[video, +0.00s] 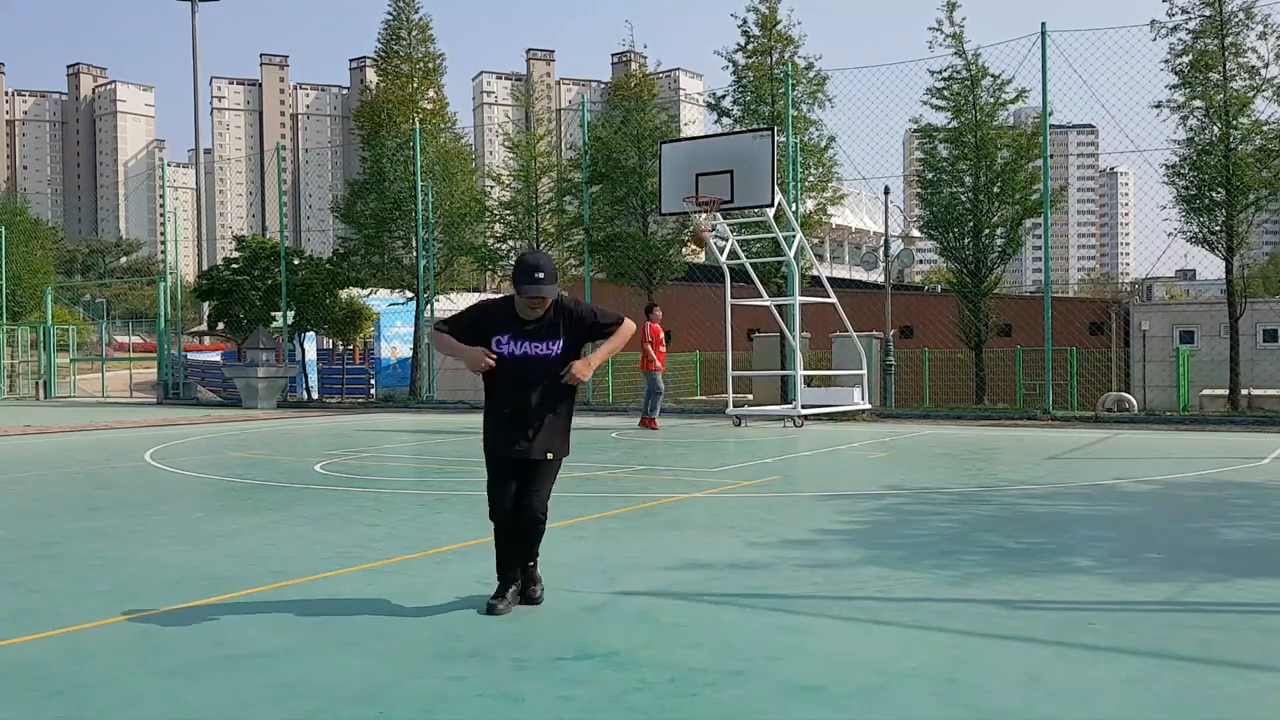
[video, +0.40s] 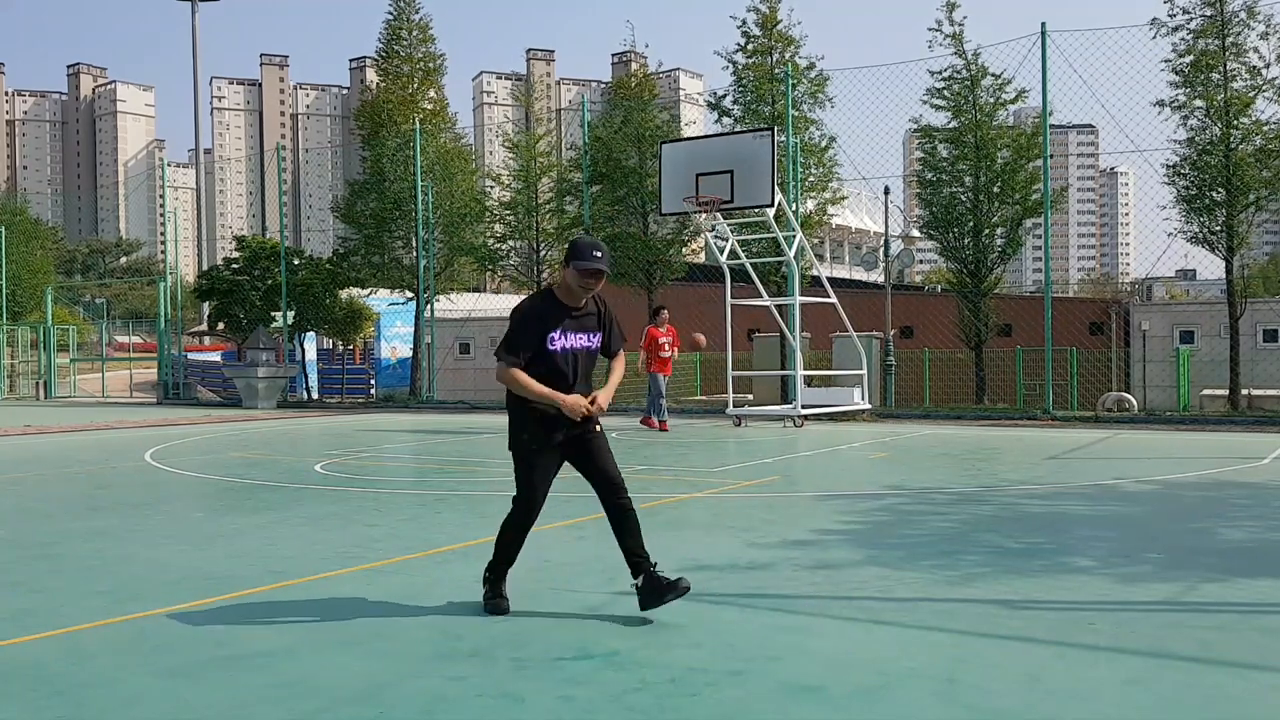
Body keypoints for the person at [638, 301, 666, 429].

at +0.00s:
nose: (660, 313)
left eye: (660, 311)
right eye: (656, 311)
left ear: (660, 313)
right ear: (650, 314)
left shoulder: (657, 327)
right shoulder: (648, 326)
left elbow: (657, 345)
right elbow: (646, 344)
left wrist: (661, 362)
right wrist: (655, 360)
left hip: (656, 365)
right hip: (650, 365)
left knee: (651, 391)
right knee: (659, 389)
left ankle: (646, 417)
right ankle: (651, 417)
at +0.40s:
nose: (665, 316)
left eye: (667, 314)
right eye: (663, 314)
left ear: (668, 316)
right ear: (656, 317)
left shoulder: (671, 330)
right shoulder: (650, 330)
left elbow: (675, 344)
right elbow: (643, 347)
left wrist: (675, 352)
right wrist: (640, 362)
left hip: (667, 366)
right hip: (654, 366)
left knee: (656, 393)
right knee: (660, 393)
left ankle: (647, 416)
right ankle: (662, 420)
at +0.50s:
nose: (667, 317)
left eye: (668, 314)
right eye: (664, 315)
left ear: (670, 316)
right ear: (657, 317)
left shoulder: (674, 331)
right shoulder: (650, 330)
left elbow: (677, 346)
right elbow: (646, 347)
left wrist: (675, 355)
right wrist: (652, 357)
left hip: (669, 366)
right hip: (656, 366)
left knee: (666, 394)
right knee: (661, 395)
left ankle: (651, 414)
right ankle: (663, 420)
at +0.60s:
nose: (669, 316)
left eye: (670, 313)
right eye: (666, 313)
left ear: (672, 315)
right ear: (659, 316)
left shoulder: (675, 329)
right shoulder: (654, 330)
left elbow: (679, 344)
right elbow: (651, 346)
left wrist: (676, 355)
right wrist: (659, 357)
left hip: (671, 365)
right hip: (658, 366)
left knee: (673, 393)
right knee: (660, 394)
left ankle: (660, 409)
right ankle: (662, 420)